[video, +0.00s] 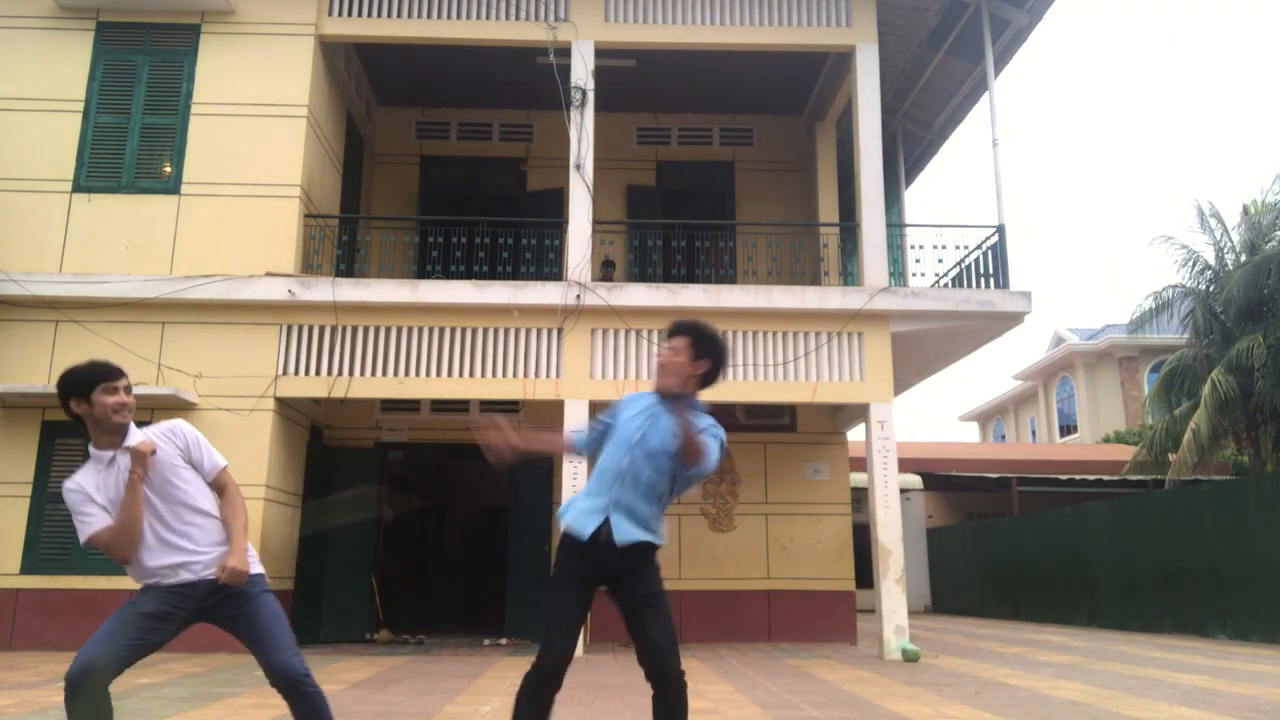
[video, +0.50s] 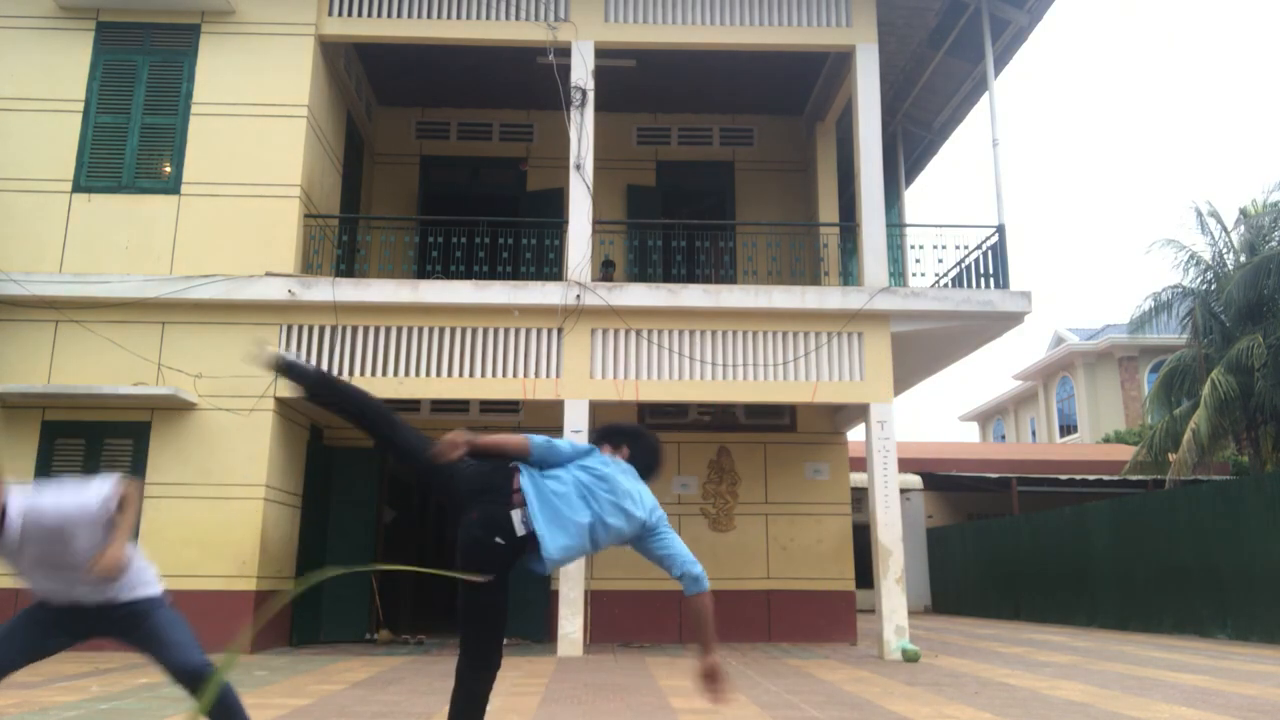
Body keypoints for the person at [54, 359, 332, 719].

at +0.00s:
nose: (124, 400)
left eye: (126, 391)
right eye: (109, 392)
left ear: (134, 396)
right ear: (78, 406)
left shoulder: (175, 434)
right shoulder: (80, 486)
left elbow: (227, 487)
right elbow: (120, 549)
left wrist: (238, 551)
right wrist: (137, 475)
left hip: (234, 579)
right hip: (165, 592)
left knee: (290, 673)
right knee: (84, 676)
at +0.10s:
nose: (126, 391)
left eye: (129, 383)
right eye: (112, 383)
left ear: (135, 388)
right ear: (80, 396)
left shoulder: (174, 428)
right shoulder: (75, 476)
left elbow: (225, 484)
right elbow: (113, 541)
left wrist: (230, 549)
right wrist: (134, 469)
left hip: (228, 576)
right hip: (160, 588)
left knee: (281, 669)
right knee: (88, 678)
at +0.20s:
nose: (123, 387)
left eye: (126, 379)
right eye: (109, 379)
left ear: (131, 384)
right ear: (77, 391)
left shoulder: (167, 427)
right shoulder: (67, 470)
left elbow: (221, 481)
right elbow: (103, 539)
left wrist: (220, 547)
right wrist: (130, 469)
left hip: (217, 574)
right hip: (152, 586)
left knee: (268, 672)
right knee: (81, 675)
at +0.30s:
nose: (106, 374)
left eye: (110, 365)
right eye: (93, 366)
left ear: (115, 369)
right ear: (58, 376)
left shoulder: (146, 415)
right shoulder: (42, 449)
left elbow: (190, 479)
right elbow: (61, 523)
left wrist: (191, 554)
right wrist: (105, 464)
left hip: (185, 569)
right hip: (119, 580)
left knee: (243, 666)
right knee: (68, 675)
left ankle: (291, 716)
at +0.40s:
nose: (22, 409)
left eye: (27, 396)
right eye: (9, 405)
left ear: (41, 395)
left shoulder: (99, 430)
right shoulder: (11, 467)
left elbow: (163, 475)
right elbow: (4, 523)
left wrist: (152, 534)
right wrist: (34, 479)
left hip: (159, 573)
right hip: (88, 582)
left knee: (213, 662)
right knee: (12, 658)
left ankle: (252, 717)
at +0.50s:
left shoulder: (41, 507)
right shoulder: (12, 519)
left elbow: (130, 487)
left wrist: (117, 545)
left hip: (132, 604)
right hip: (62, 607)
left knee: (193, 670)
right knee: (0, 659)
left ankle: (235, 714)